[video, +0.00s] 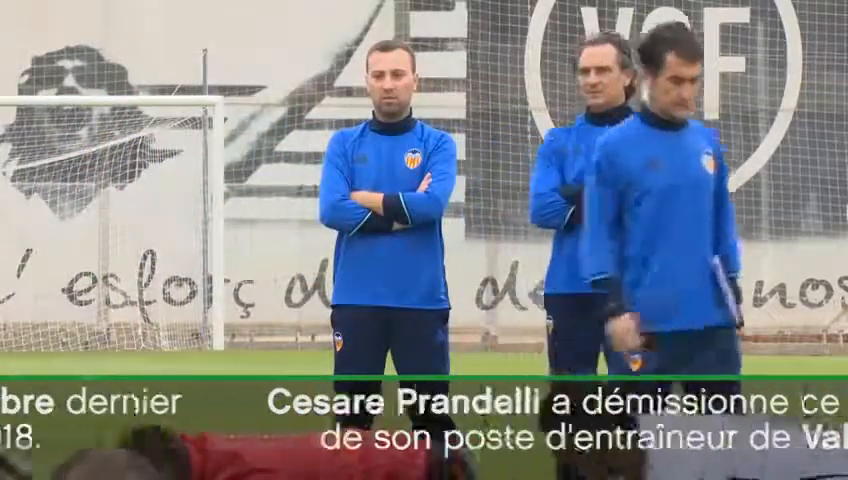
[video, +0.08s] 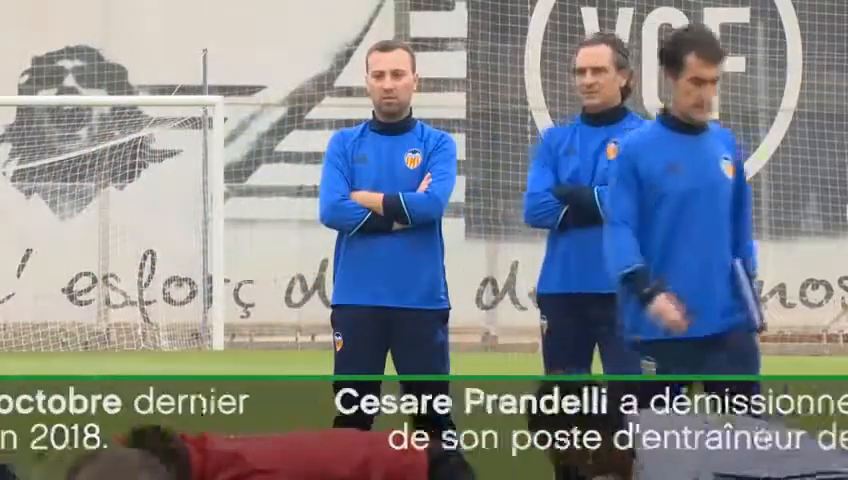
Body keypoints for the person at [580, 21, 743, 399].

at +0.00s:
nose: (687, 93)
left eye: (694, 81)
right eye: (675, 81)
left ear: (701, 79)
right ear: (646, 77)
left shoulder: (707, 143)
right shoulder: (612, 148)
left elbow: (724, 225)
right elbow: (600, 234)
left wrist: (732, 295)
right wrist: (614, 309)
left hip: (711, 323)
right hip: (643, 328)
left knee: (722, 443)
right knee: (640, 450)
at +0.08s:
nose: (706, 95)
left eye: (713, 83)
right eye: (695, 83)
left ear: (719, 79)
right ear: (669, 76)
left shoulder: (727, 146)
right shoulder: (633, 151)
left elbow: (741, 234)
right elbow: (619, 229)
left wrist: (750, 300)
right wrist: (649, 292)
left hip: (728, 324)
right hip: (659, 329)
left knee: (744, 438)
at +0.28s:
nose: (767, 104)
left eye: (775, 93)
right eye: (757, 92)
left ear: (782, 94)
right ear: (728, 90)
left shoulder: (788, 160)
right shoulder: (694, 158)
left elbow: (798, 244)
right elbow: (673, 241)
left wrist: (808, 315)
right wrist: (711, 293)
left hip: (785, 342)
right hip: (715, 345)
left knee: (793, 460)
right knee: (713, 461)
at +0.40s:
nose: (804, 95)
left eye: (812, 83)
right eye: (793, 82)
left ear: (820, 83)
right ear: (766, 78)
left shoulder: (825, 150)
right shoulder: (729, 149)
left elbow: (837, 239)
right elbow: (708, 237)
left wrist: (841, 302)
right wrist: (725, 318)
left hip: (826, 330)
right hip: (760, 335)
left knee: (828, 454)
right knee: (762, 457)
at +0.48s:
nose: (823, 88)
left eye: (831, 77)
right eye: (813, 76)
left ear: (838, 79)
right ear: (787, 75)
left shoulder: (842, 143)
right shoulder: (750, 143)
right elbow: (728, 230)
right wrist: (727, 317)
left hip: (839, 320)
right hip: (778, 321)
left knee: (835, 442)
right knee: (789, 444)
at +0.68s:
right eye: (845, 76)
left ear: (838, 80)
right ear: (830, 80)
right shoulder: (807, 155)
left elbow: (766, 232)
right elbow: (766, 232)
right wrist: (748, 309)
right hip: (826, 323)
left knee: (837, 443)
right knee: (838, 445)